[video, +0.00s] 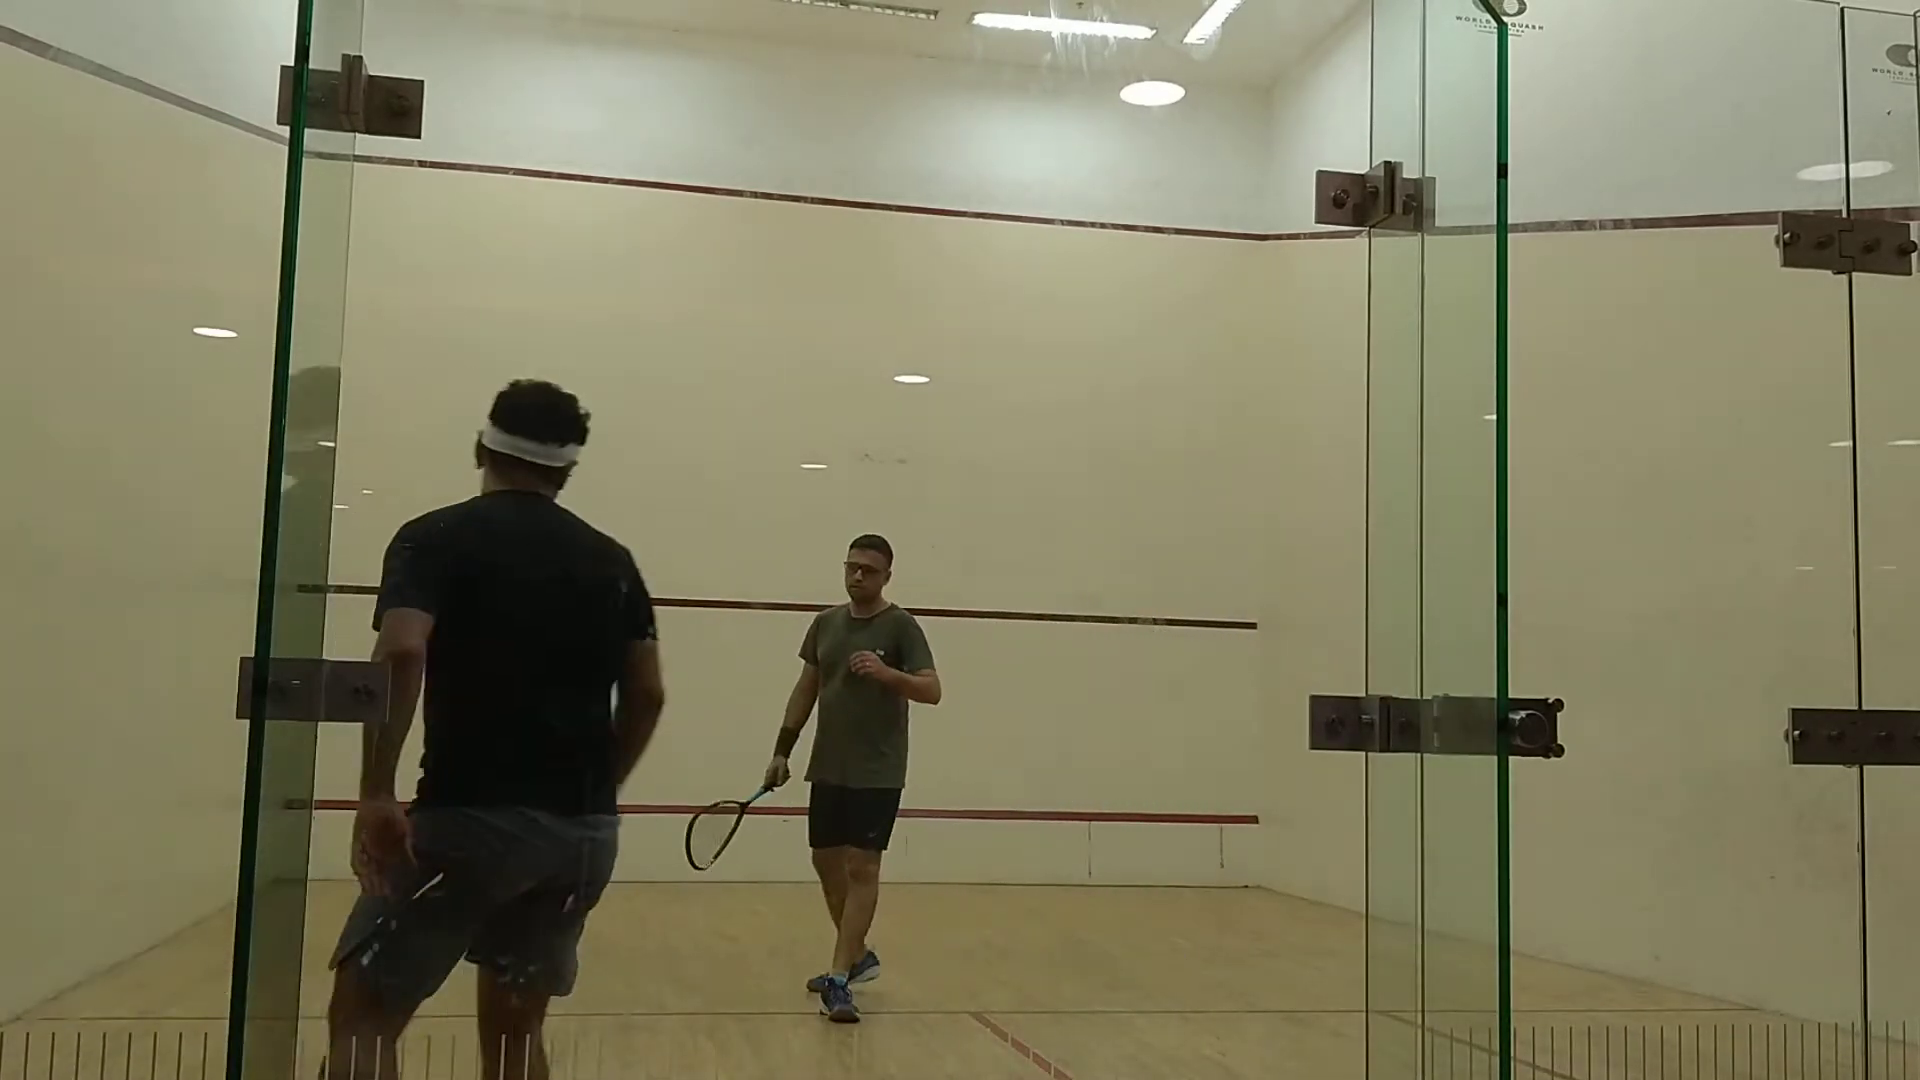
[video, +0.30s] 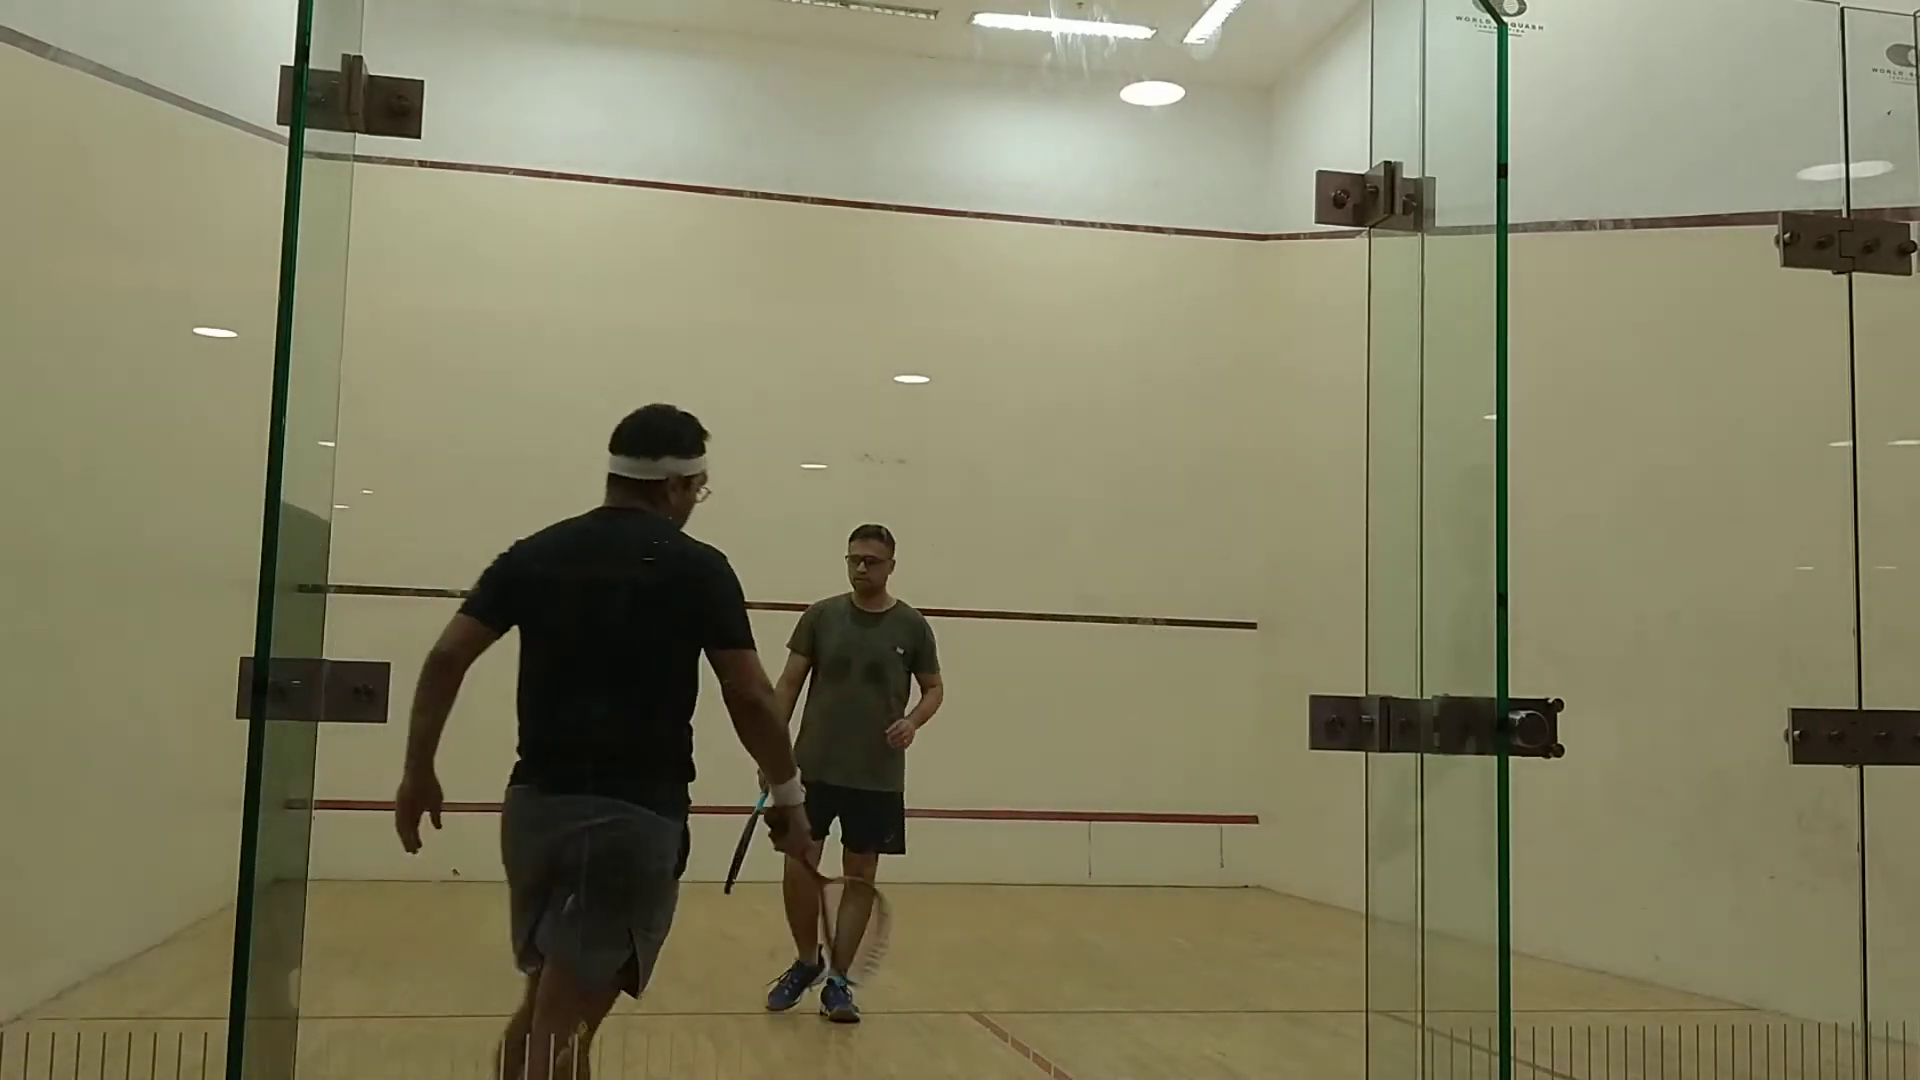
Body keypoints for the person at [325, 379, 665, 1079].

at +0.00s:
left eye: (486, 448)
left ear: (485, 451)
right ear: (566, 469)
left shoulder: (430, 538)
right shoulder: (611, 561)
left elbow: (403, 655)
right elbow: (646, 695)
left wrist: (377, 793)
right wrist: (595, 789)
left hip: (463, 831)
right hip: (579, 838)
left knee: (361, 1021)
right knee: (516, 1025)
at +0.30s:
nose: (699, 499)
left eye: (701, 485)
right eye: (697, 485)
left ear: (616, 474)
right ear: (674, 483)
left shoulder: (535, 554)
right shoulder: (698, 570)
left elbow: (445, 658)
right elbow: (748, 697)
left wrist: (417, 769)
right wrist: (789, 796)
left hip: (536, 809)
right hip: (637, 819)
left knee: (553, 990)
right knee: (560, 1021)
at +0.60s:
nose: (829, 528)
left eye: (831, 515)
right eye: (825, 514)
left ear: (758, 505)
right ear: (792, 511)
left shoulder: (686, 574)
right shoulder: (800, 586)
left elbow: (613, 691)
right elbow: (810, 707)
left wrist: (632, 775)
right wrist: (856, 820)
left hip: (671, 822)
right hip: (748, 838)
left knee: (706, 990)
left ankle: (670, 1078)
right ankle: (673, 1070)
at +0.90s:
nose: (991, 559)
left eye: (995, 545)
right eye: (988, 542)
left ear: (936, 528)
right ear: (946, 529)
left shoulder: (879, 586)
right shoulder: (910, 602)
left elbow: (900, 714)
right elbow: (896, 715)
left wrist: (959, 777)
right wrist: (990, 779)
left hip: (820, 822)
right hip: (883, 836)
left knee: (778, 984)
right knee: (959, 1002)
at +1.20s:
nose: (1162, 568)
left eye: (1171, 556)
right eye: (1165, 551)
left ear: (1117, 527)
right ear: (1132, 528)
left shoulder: (1051, 573)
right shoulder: (1089, 587)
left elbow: (1069, 700)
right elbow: (1087, 698)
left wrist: (1150, 749)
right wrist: (1168, 748)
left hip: (1026, 810)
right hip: (1069, 819)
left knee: (1074, 963)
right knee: (1089, 978)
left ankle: (975, 1069)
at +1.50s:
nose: (1319, 578)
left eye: (1323, 563)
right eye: (1317, 561)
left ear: (1264, 546)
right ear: (1282, 547)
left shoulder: (1200, 605)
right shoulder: (1257, 612)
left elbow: (1216, 716)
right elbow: (1273, 726)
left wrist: (1302, 710)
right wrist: (1332, 762)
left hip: (1217, 829)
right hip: (1236, 838)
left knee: (1283, 970)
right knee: (1200, 997)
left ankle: (1304, 1077)